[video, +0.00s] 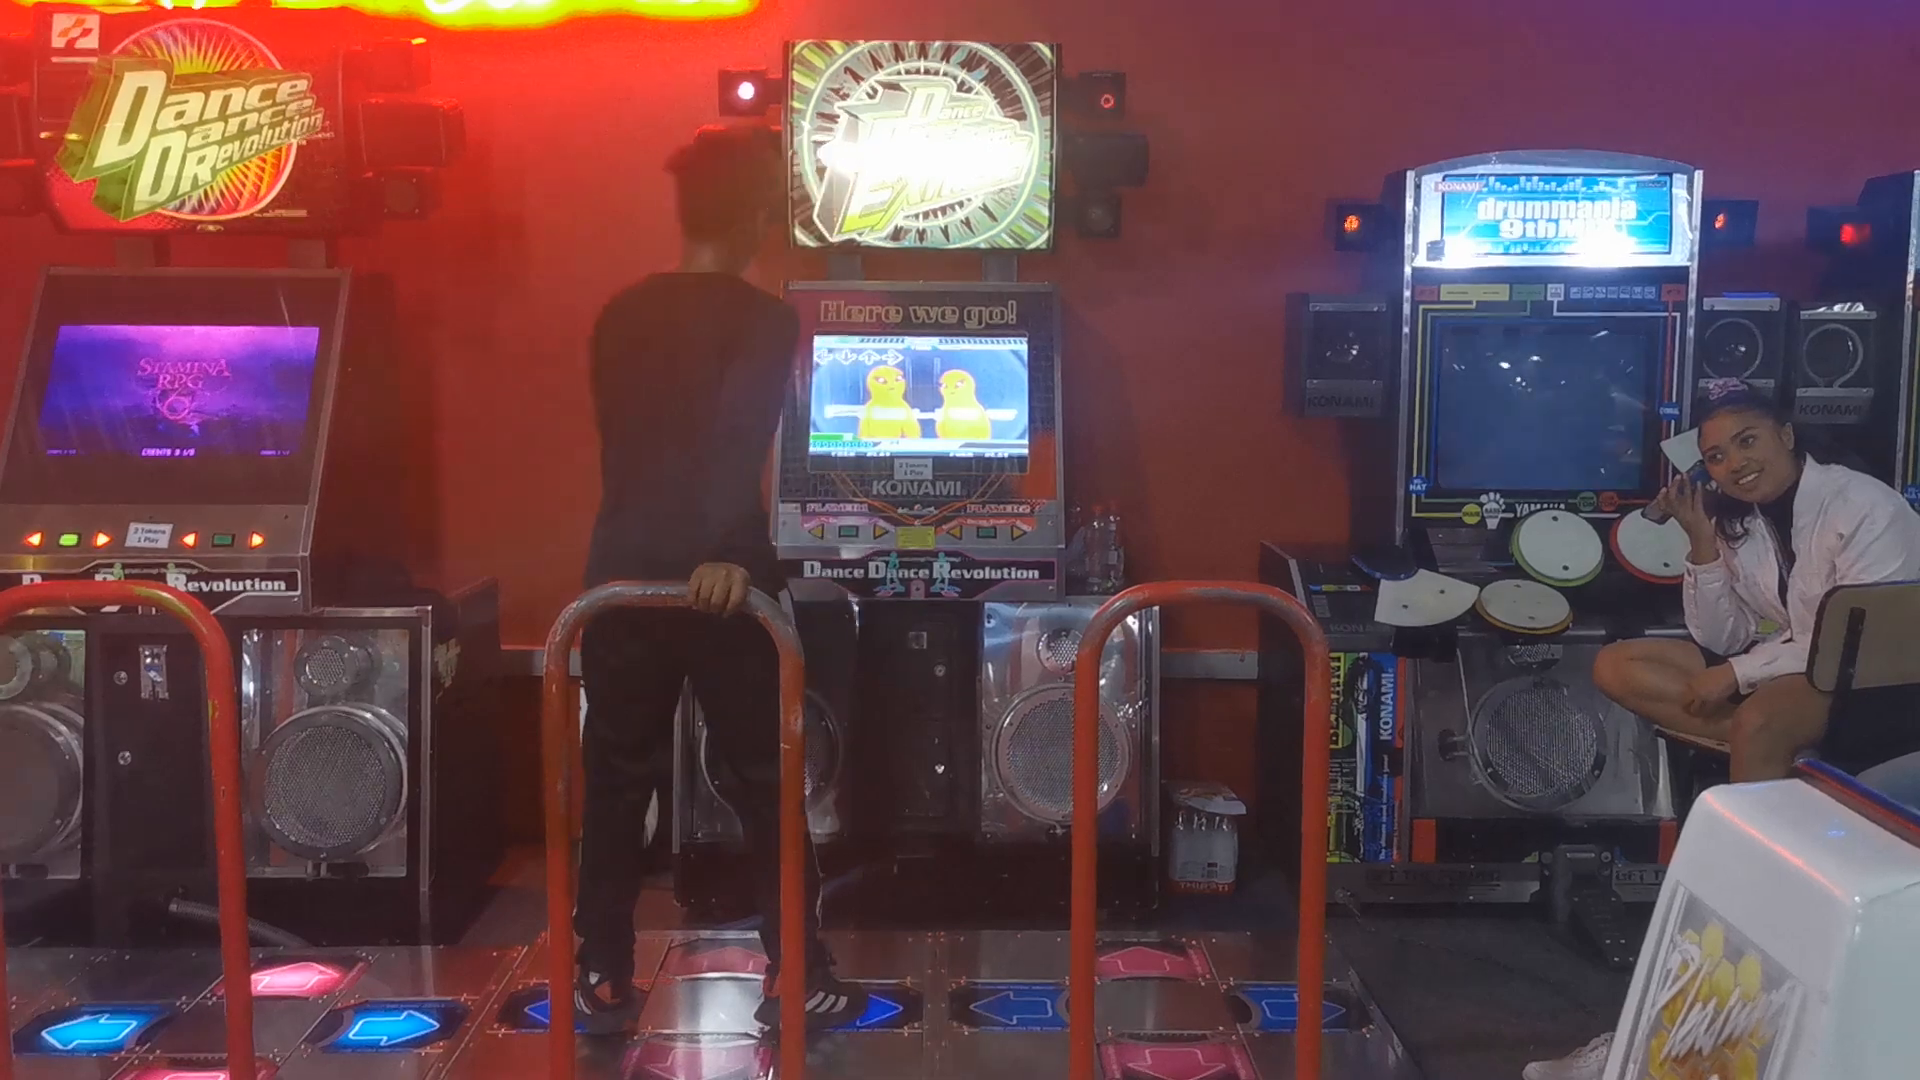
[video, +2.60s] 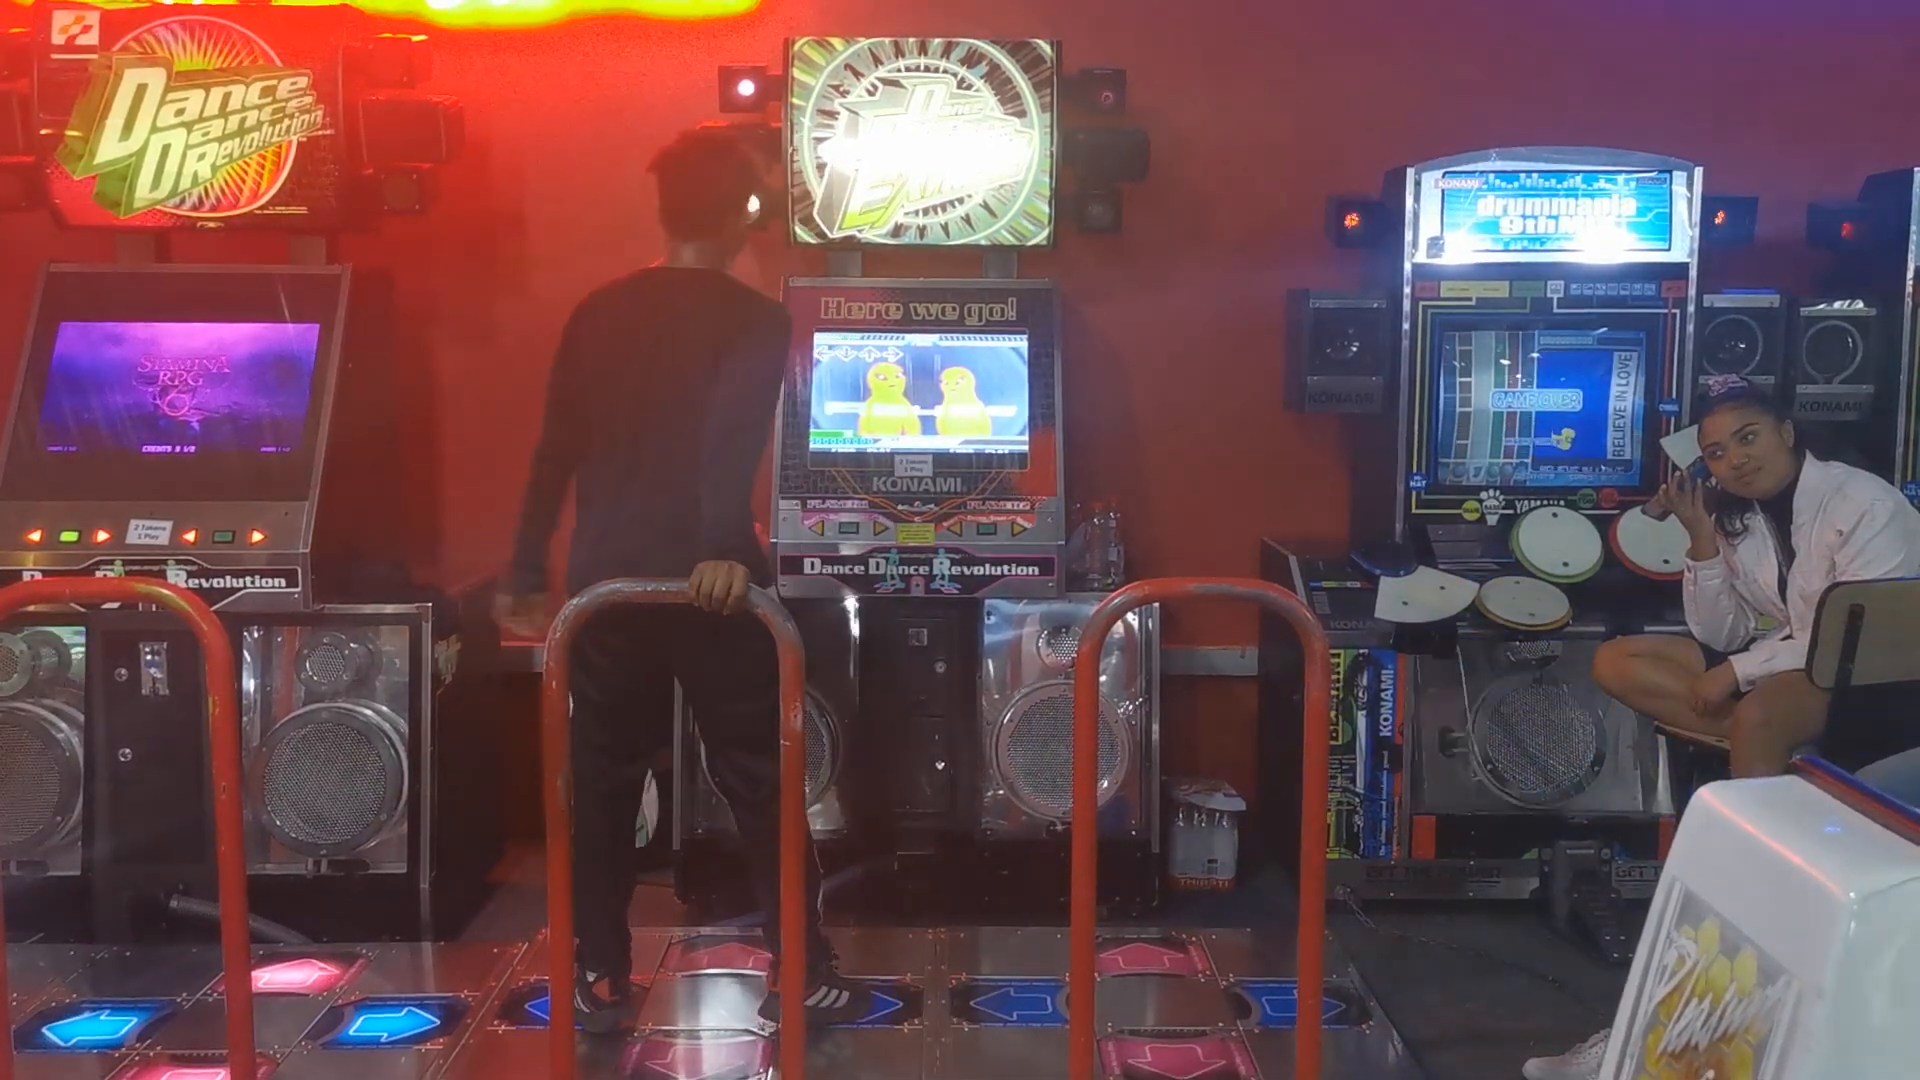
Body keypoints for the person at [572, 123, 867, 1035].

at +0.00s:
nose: (781, 222)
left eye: (778, 206)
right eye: (776, 207)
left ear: (684, 211)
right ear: (758, 217)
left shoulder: (619, 313)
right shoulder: (769, 319)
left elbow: (621, 449)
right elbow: (743, 435)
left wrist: (653, 535)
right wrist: (728, 541)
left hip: (624, 576)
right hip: (728, 580)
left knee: (615, 784)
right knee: (768, 778)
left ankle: (603, 981)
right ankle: (798, 976)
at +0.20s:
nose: (736, 224)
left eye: (732, 208)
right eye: (731, 209)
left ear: (646, 215)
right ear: (711, 217)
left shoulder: (583, 318)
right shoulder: (732, 317)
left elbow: (564, 463)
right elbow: (724, 440)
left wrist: (595, 554)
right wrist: (722, 543)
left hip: (602, 574)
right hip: (707, 573)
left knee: (604, 777)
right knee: (757, 770)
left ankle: (602, 977)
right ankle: (799, 963)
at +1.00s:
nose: (811, 219)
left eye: (805, 203)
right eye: (809, 205)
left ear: (727, 208)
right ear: (796, 211)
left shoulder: (661, 305)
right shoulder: (807, 310)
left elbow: (655, 439)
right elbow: (767, 428)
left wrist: (688, 530)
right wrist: (724, 543)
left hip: (655, 562)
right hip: (758, 571)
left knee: (631, 772)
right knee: (785, 777)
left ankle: (603, 969)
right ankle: (804, 975)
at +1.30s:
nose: (748, 218)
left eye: (739, 204)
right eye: (745, 206)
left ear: (660, 211)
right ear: (732, 215)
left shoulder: (599, 312)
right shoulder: (750, 311)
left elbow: (582, 459)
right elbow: (734, 435)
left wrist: (628, 528)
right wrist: (723, 538)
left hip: (613, 570)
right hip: (720, 569)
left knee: (611, 776)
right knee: (762, 763)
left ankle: (602, 976)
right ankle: (807, 966)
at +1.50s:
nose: (735, 215)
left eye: (730, 202)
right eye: (729, 202)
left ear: (641, 210)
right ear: (715, 211)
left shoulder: (589, 312)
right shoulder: (738, 306)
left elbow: (546, 454)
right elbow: (728, 428)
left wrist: (502, 575)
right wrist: (723, 539)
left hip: (609, 580)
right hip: (718, 578)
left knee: (605, 792)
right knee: (764, 777)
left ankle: (603, 985)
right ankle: (806, 973)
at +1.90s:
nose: (800, 210)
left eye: (793, 197)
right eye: (796, 198)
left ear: (711, 211)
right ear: (787, 210)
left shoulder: (653, 312)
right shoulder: (800, 309)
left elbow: (628, 453)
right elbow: (768, 425)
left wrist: (625, 565)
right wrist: (733, 542)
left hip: (659, 569)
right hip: (762, 569)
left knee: (642, 771)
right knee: (795, 768)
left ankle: (603, 969)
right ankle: (808, 972)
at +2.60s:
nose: (755, 222)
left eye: (748, 209)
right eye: (751, 209)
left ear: (663, 216)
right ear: (741, 218)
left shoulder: (599, 311)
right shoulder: (758, 318)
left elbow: (555, 450)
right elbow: (733, 428)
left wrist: (527, 570)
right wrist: (724, 540)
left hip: (609, 574)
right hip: (716, 575)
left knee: (604, 781)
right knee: (759, 774)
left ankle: (600, 979)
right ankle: (806, 970)